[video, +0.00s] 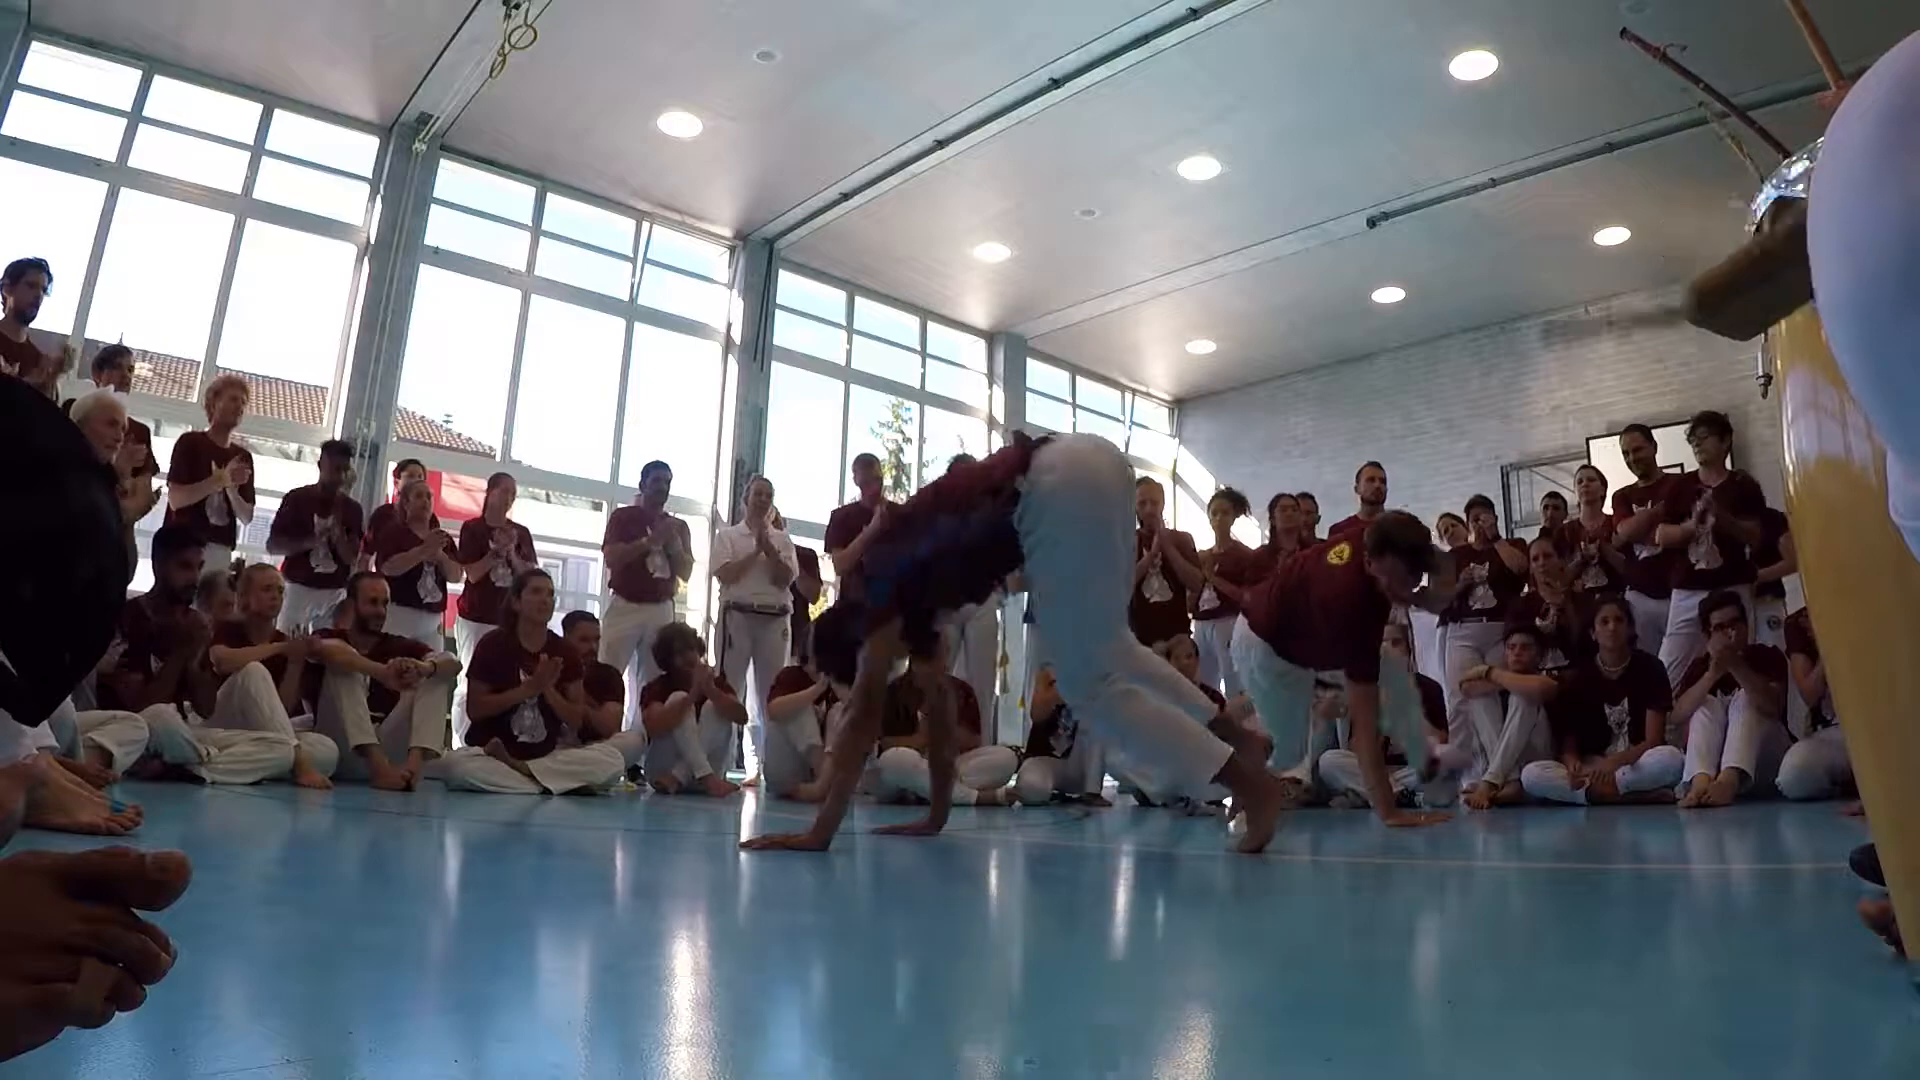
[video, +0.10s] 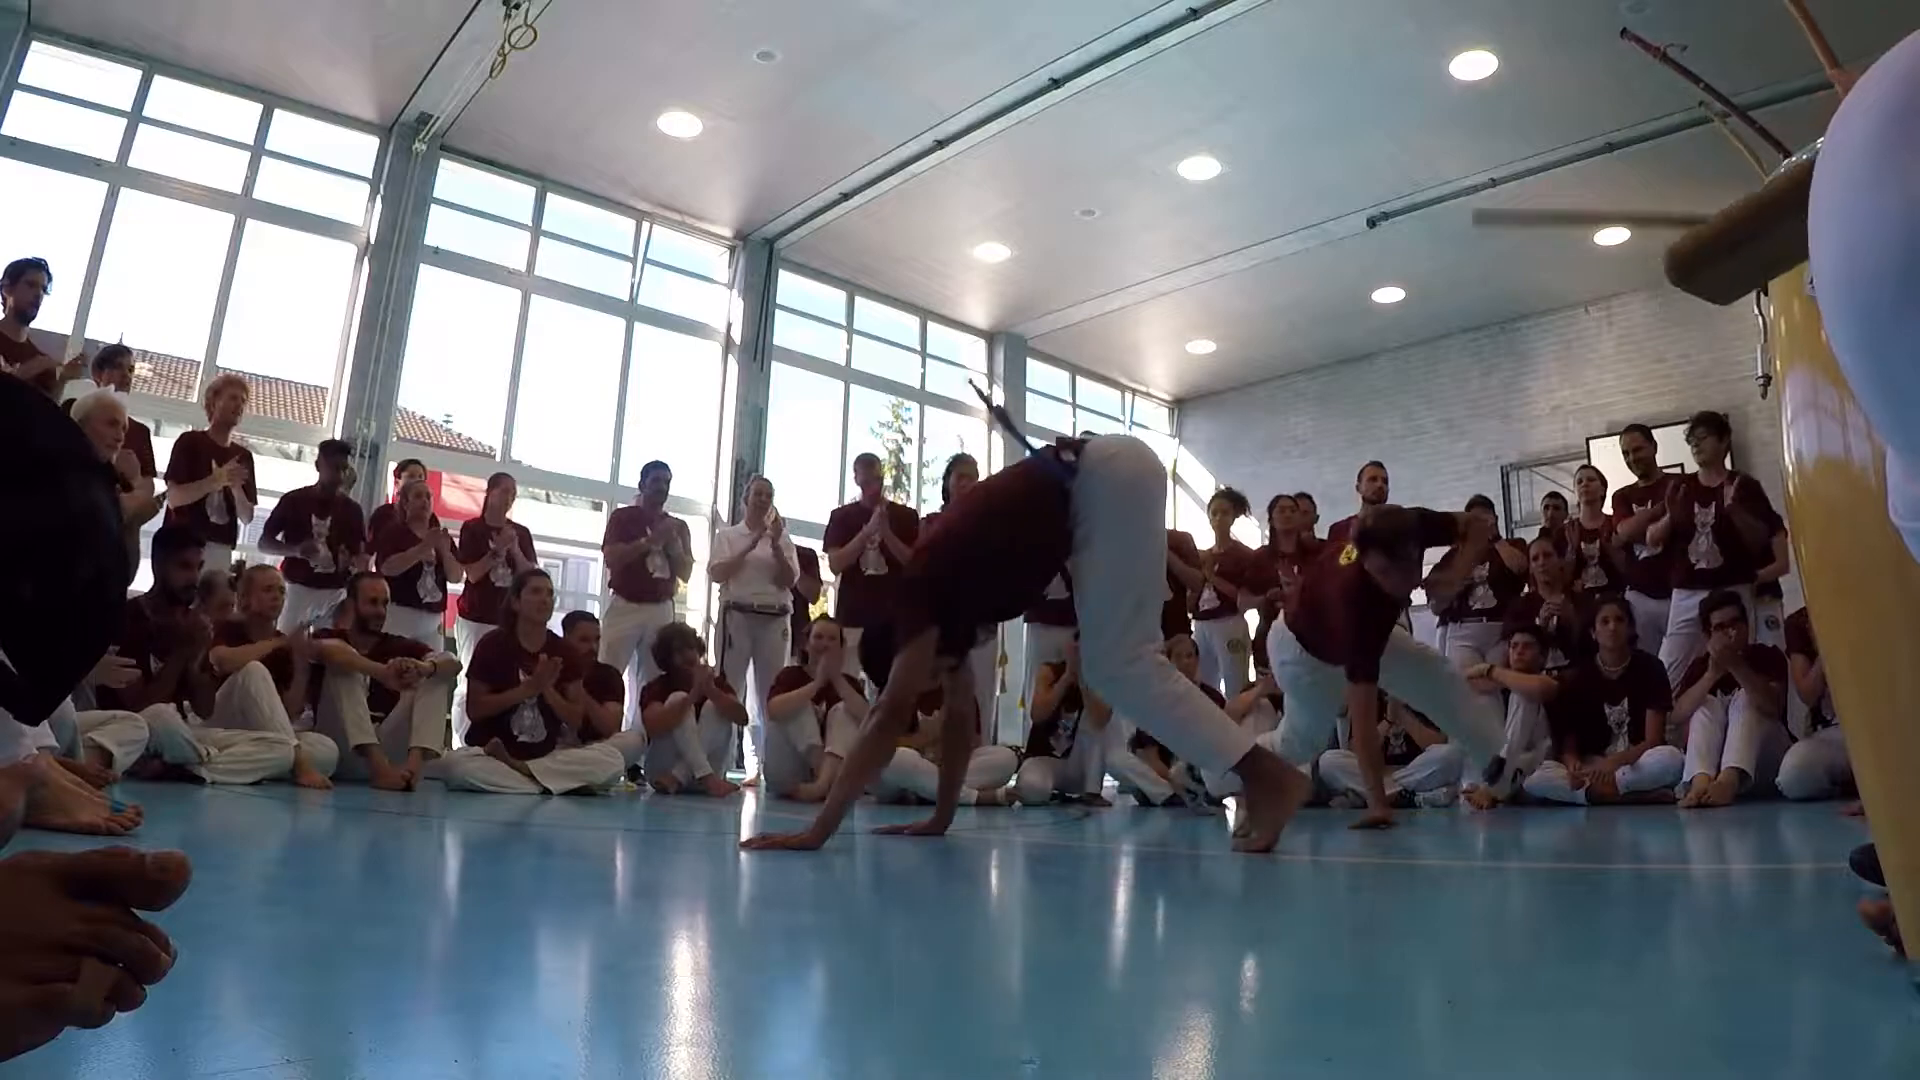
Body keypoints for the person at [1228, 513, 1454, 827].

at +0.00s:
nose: (1413, 588)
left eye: (1416, 578)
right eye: (1406, 578)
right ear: (1375, 565)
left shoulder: (1376, 535)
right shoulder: (1357, 599)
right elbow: (1363, 721)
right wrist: (1388, 811)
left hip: (1325, 635)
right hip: (1270, 641)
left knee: (1396, 677)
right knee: (1288, 753)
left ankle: (1426, 772)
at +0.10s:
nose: (1397, 583)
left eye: (1404, 570)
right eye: (1383, 574)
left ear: (1414, 553)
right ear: (1366, 564)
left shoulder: (1412, 525)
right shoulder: (1357, 600)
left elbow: (1481, 525)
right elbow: (1362, 716)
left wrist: (1453, 572)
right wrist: (1377, 803)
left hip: (1366, 638)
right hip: (1305, 648)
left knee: (1444, 681)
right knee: (1303, 741)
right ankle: (1225, 774)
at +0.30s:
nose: (1370, 576)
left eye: (1369, 563)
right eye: (1358, 572)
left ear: (1380, 541)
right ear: (1342, 574)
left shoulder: (1409, 530)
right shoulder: (1355, 621)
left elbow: (1491, 556)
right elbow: (1367, 710)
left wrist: (1412, 599)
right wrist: (1379, 807)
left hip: (1439, 629)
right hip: (1402, 671)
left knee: (1521, 679)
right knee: (1474, 754)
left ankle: (1513, 786)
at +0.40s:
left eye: (1329, 577)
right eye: (1323, 586)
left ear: (1341, 547)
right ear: (1315, 591)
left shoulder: (1380, 526)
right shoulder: (1347, 625)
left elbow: (1441, 562)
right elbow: (1368, 709)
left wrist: (1357, 604)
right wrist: (1379, 804)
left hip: (1467, 621)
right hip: (1429, 660)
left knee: (1559, 688)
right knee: (1525, 695)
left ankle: (1529, 782)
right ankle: (1514, 776)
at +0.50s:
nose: (1338, 589)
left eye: (1331, 577)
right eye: (1325, 589)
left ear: (1328, 550)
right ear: (1308, 593)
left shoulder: (1364, 524)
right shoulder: (1338, 624)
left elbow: (1400, 561)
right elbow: (1369, 712)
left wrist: (1334, 606)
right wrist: (1379, 805)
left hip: (1486, 600)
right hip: (1446, 646)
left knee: (1591, 682)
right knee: (1540, 660)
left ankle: (1545, 756)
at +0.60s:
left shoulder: (1349, 523)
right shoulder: (1356, 627)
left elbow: (1379, 556)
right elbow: (1376, 715)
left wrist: (1346, 599)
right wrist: (1380, 806)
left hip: (1502, 583)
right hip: (1461, 628)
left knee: (1618, 661)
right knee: (1521, 649)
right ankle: (1613, 754)